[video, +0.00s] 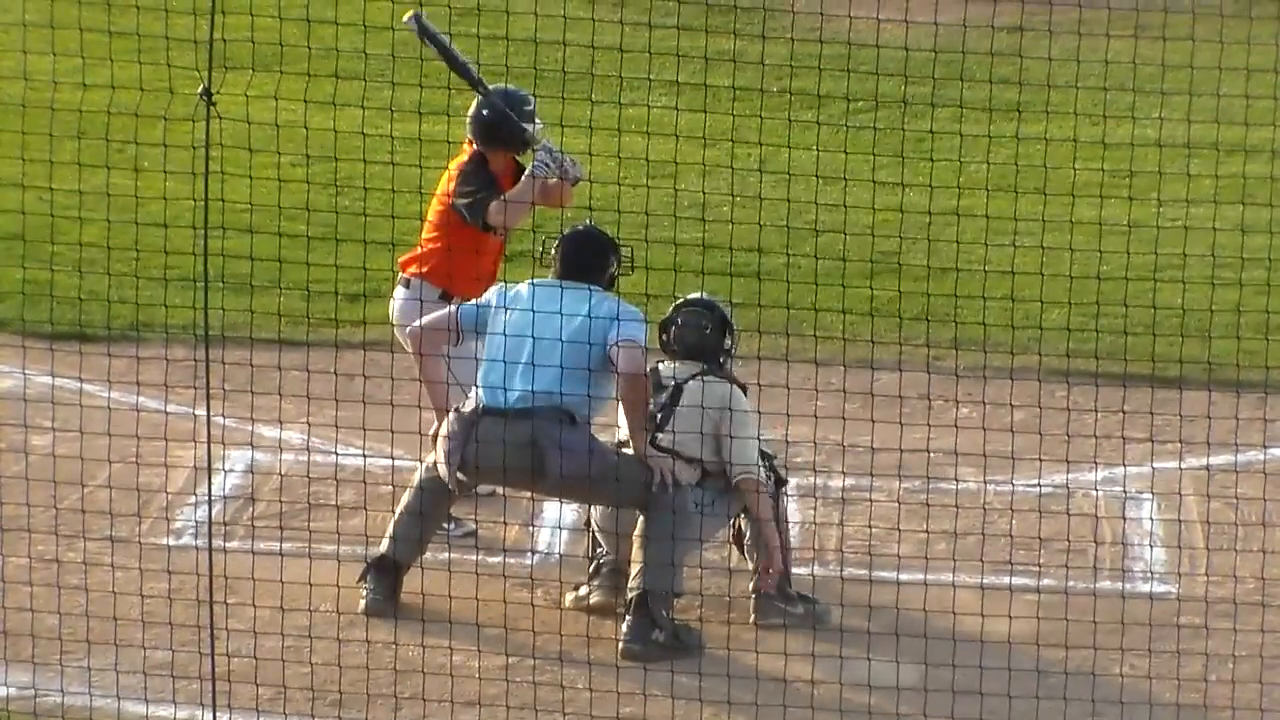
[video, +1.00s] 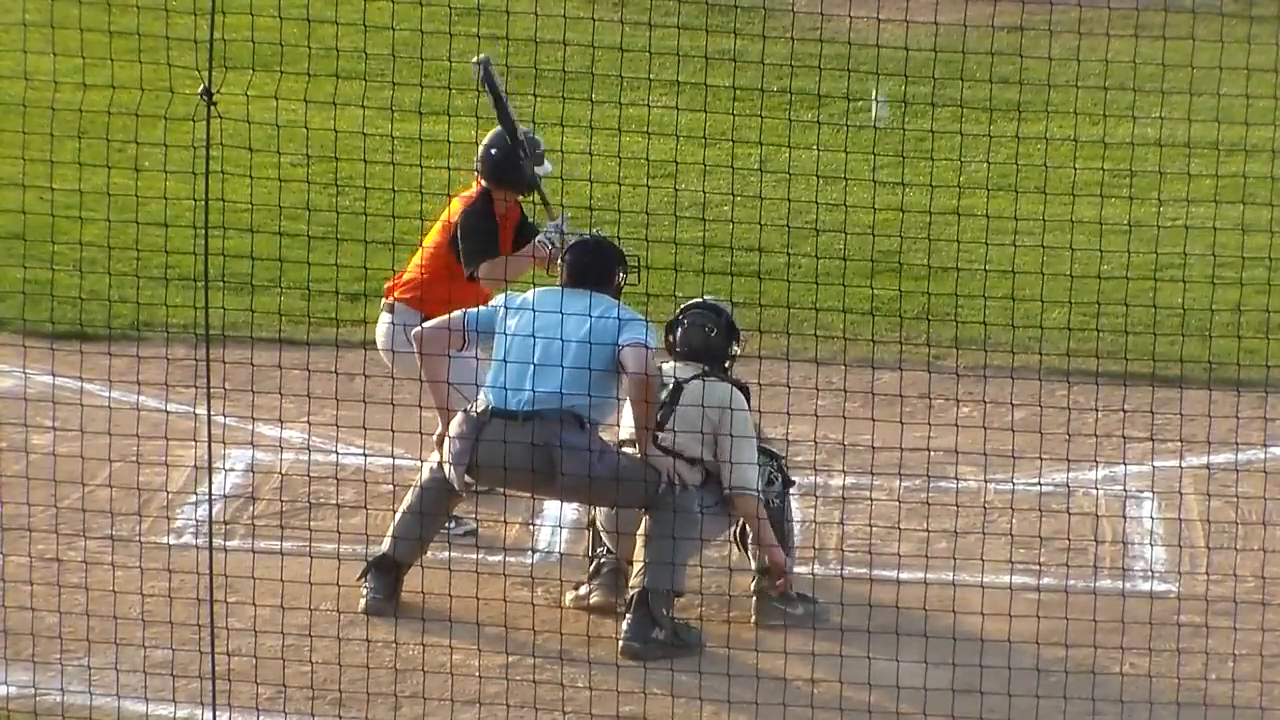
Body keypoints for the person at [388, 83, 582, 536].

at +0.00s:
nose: (532, 133)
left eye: (531, 126)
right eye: (528, 127)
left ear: (485, 131)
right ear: (513, 134)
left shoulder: (507, 168)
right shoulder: (471, 170)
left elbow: (556, 197)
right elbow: (500, 217)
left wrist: (563, 176)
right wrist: (534, 182)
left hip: (458, 304)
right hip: (426, 303)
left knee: (476, 398)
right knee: (462, 405)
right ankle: (434, 508)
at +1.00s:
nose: (536, 173)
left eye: (536, 165)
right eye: (531, 166)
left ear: (491, 168)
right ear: (519, 172)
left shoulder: (511, 210)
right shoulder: (475, 207)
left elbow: (527, 256)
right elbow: (488, 272)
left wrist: (550, 244)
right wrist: (536, 252)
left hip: (450, 327)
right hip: (411, 324)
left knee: (489, 401)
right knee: (467, 410)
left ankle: (443, 504)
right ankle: (435, 509)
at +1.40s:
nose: (534, 157)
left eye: (534, 148)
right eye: (529, 148)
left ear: (497, 148)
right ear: (507, 150)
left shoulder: (507, 188)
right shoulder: (463, 193)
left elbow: (504, 239)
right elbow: (442, 268)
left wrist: (525, 255)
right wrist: (500, 257)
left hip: (461, 304)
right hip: (419, 305)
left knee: (477, 398)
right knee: (458, 406)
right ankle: (433, 508)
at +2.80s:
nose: (327, 103)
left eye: (324, 94)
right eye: (327, 95)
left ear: (282, 80)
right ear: (320, 92)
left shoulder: (233, 108)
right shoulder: (312, 126)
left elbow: (192, 177)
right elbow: (324, 206)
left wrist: (216, 214)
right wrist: (344, 199)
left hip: (206, 252)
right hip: (264, 258)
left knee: (203, 358)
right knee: (270, 372)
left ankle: (177, 470)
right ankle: (260, 490)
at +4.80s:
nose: (162, 76)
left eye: (166, 70)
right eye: (166, 71)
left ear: (172, 71)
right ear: (216, 75)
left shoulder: (144, 117)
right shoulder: (240, 128)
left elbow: (115, 190)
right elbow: (257, 211)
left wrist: (150, 210)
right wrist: (227, 226)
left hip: (140, 259)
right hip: (205, 264)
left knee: (125, 373)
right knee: (228, 373)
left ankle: (114, 495)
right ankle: (248, 492)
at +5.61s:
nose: (151, 77)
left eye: (155, 71)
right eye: (154, 72)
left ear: (161, 71)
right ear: (206, 72)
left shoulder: (135, 117)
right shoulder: (232, 124)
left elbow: (119, 176)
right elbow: (259, 192)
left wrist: (174, 156)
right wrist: (226, 142)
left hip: (140, 261)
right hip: (205, 265)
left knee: (125, 375)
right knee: (228, 376)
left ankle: (113, 496)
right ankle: (248, 493)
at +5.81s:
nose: (151, 78)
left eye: (155, 71)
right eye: (153, 72)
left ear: (160, 72)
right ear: (206, 72)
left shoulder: (135, 117)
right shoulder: (232, 125)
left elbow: (118, 174)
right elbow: (259, 192)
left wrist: (175, 154)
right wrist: (224, 146)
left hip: (140, 261)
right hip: (205, 265)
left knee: (125, 375)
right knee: (228, 376)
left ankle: (113, 495)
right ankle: (248, 492)